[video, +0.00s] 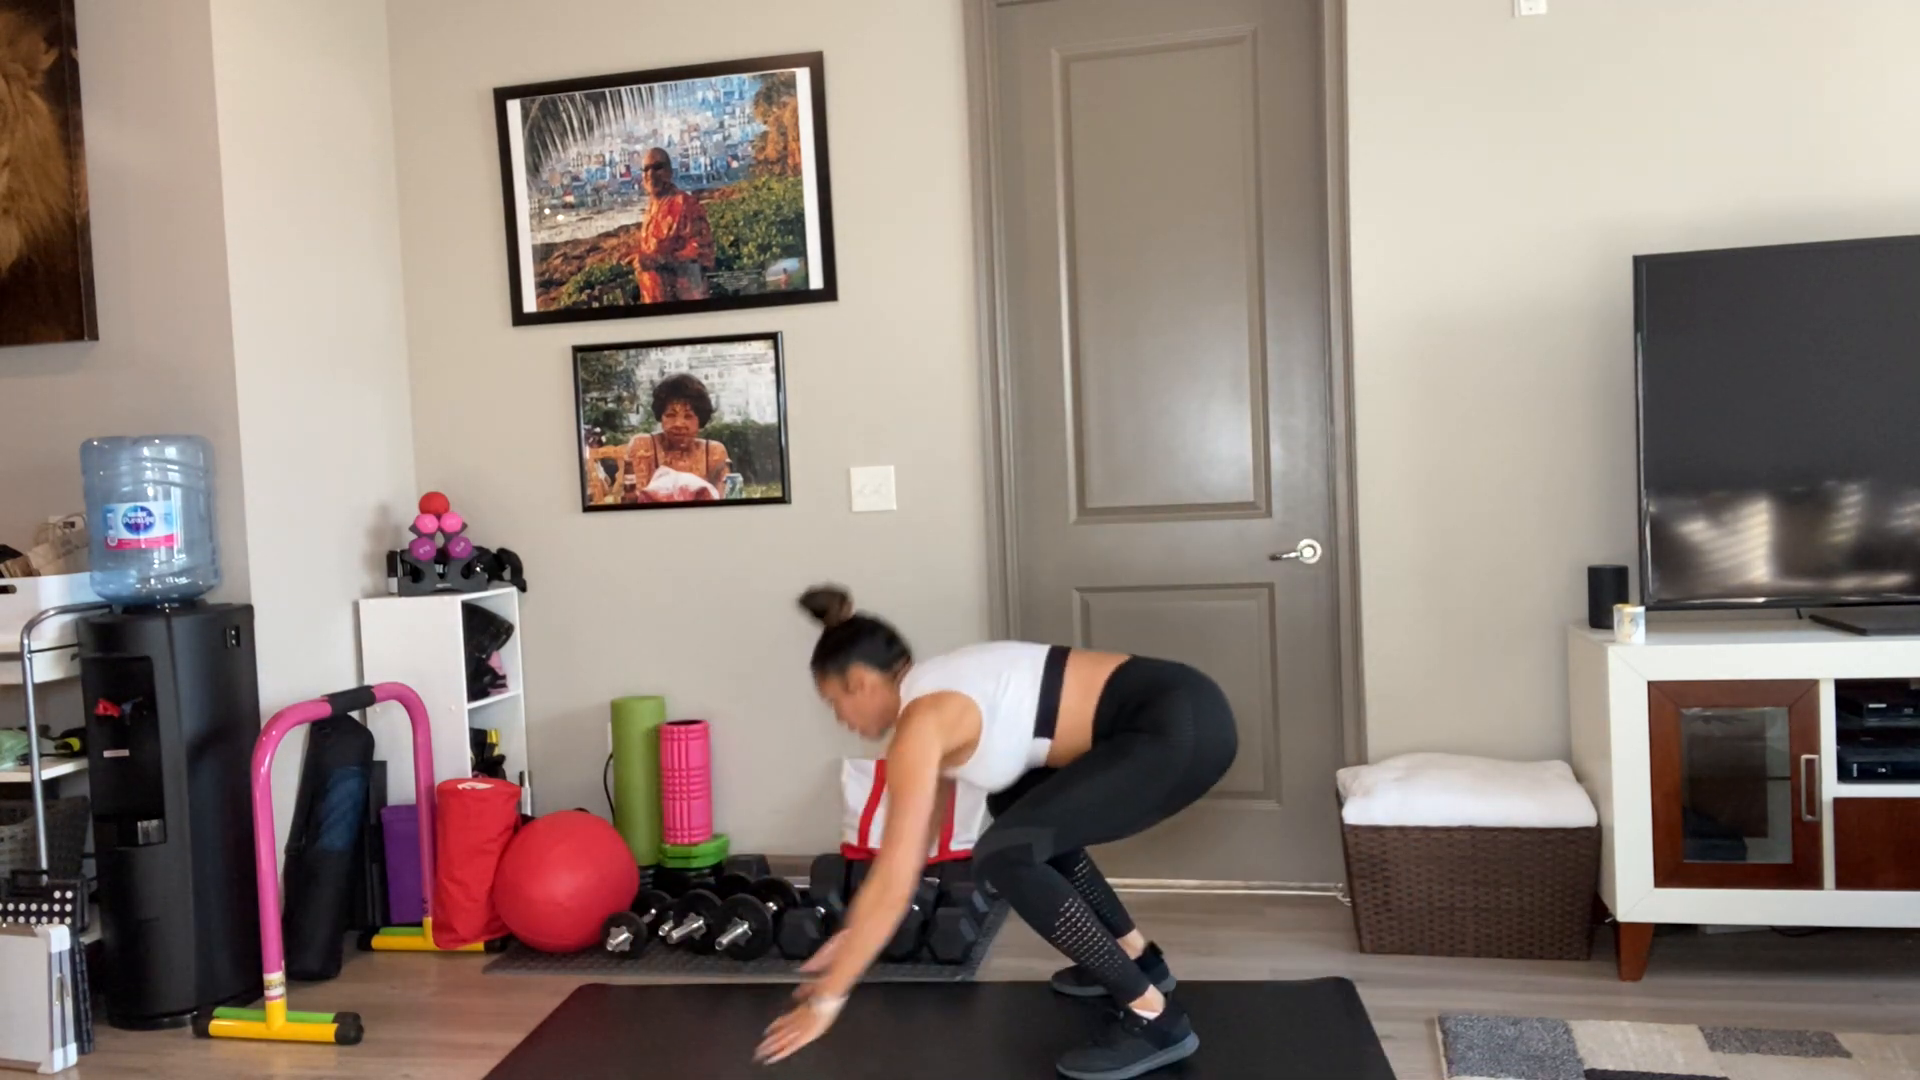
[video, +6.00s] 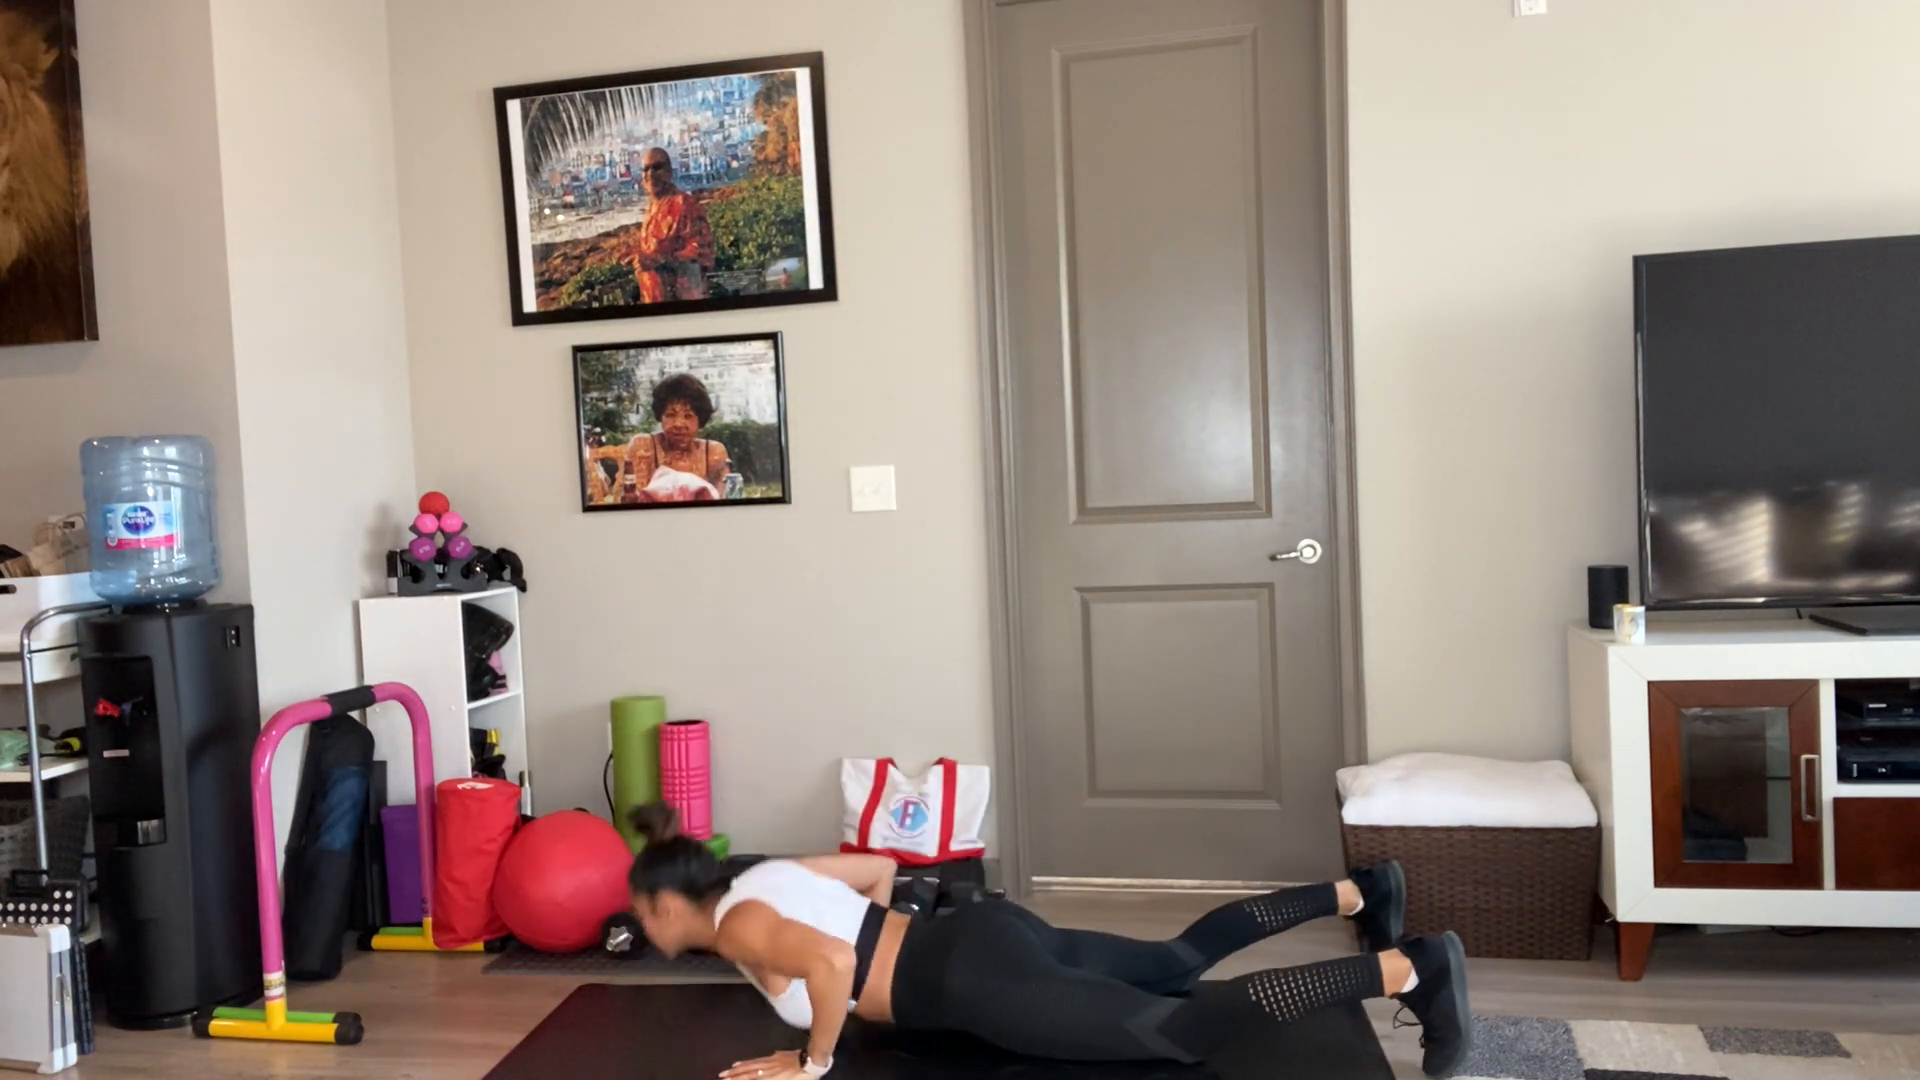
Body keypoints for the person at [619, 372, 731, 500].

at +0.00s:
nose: (679, 424)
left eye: (688, 416)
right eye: (670, 415)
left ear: (701, 420)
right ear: (660, 418)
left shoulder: (715, 451)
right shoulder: (641, 446)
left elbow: (719, 500)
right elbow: (638, 499)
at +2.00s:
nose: (679, 424)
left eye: (688, 416)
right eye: (670, 415)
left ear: (700, 420)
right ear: (660, 417)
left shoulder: (714, 451)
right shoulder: (641, 446)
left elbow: (722, 499)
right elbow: (629, 499)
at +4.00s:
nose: (679, 424)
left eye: (688, 416)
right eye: (670, 415)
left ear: (700, 420)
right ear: (660, 417)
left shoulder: (715, 451)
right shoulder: (641, 446)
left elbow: (721, 500)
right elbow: (631, 499)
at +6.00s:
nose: (679, 424)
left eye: (688, 416)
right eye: (670, 415)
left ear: (701, 420)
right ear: (660, 417)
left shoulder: (714, 451)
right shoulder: (641, 446)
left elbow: (722, 499)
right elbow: (628, 498)